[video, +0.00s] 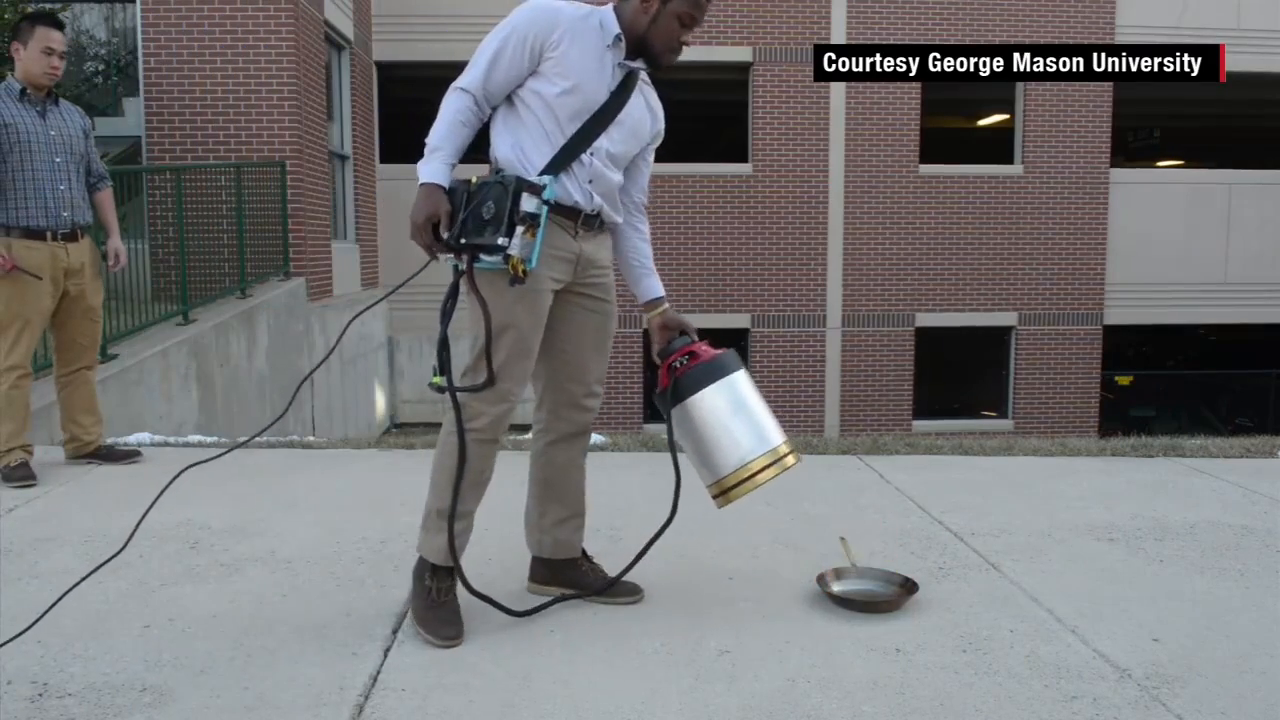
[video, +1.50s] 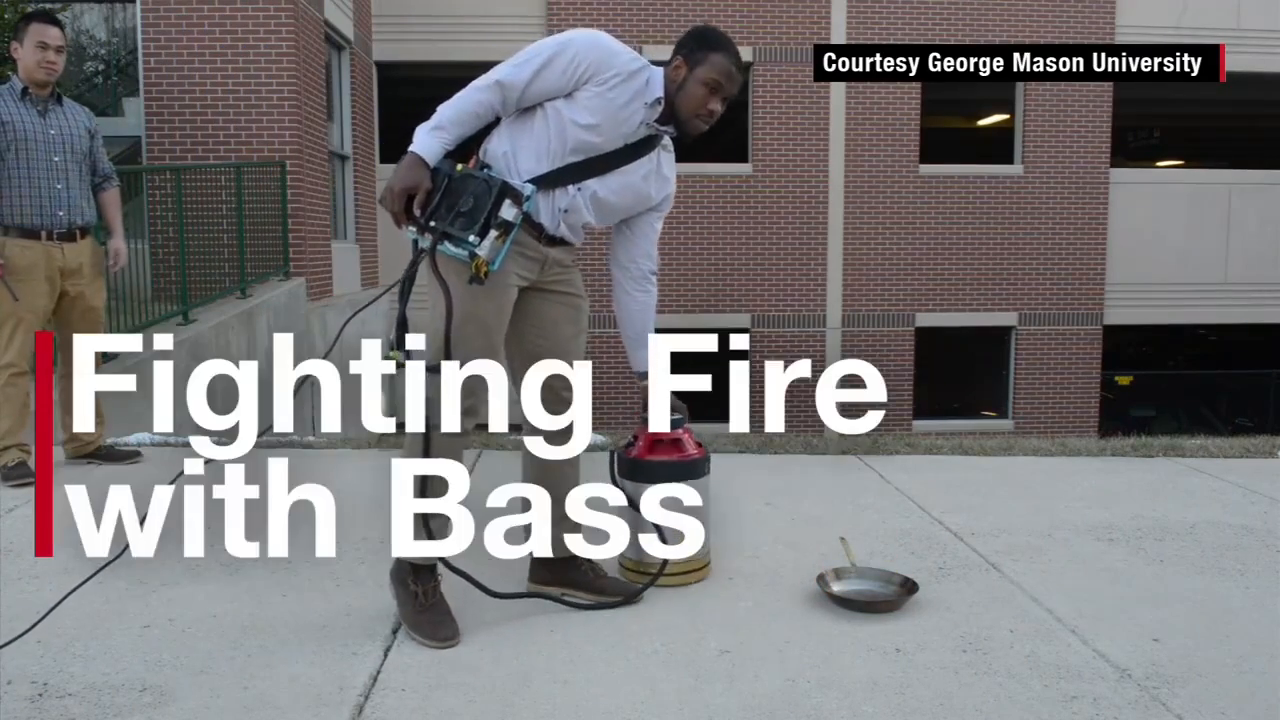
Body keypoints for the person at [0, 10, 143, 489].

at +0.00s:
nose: (58, 63)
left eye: (63, 56)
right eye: (48, 53)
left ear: (66, 62)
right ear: (17, 52)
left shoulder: (76, 117)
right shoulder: (3, 105)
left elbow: (98, 178)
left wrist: (114, 233)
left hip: (79, 249)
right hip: (20, 252)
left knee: (80, 357)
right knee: (15, 364)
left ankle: (86, 444)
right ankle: (13, 454)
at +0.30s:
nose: (59, 63)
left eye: (64, 56)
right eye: (49, 53)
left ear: (68, 62)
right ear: (18, 52)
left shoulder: (77, 117)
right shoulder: (3, 106)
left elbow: (99, 179)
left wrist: (114, 234)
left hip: (80, 250)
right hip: (21, 253)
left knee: (80, 357)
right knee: (15, 363)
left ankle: (86, 444)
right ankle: (13, 454)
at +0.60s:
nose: (58, 64)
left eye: (64, 57)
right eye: (49, 53)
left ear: (68, 63)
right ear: (18, 52)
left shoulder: (76, 117)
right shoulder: (3, 105)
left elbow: (98, 179)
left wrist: (113, 234)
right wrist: (0, 251)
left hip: (79, 250)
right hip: (20, 252)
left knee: (80, 357)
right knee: (15, 363)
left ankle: (86, 444)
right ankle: (13, 454)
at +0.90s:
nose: (55, 62)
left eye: (62, 55)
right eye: (45, 51)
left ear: (66, 62)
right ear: (16, 52)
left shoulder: (76, 116)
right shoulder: (3, 106)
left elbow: (98, 179)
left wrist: (112, 235)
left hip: (79, 249)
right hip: (21, 252)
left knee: (83, 353)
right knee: (17, 360)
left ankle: (85, 442)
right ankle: (13, 453)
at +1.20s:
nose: (52, 59)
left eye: (60, 52)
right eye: (42, 49)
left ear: (66, 61)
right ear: (15, 52)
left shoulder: (79, 115)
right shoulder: (3, 106)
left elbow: (101, 179)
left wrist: (114, 235)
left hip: (80, 249)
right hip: (21, 250)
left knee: (84, 352)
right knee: (17, 359)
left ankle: (86, 442)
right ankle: (13, 452)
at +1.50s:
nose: (52, 58)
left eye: (60, 51)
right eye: (42, 48)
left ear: (66, 60)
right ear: (16, 51)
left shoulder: (81, 116)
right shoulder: (3, 105)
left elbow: (104, 178)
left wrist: (117, 234)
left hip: (82, 249)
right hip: (21, 250)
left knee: (85, 351)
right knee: (17, 358)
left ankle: (86, 442)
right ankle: (13, 452)